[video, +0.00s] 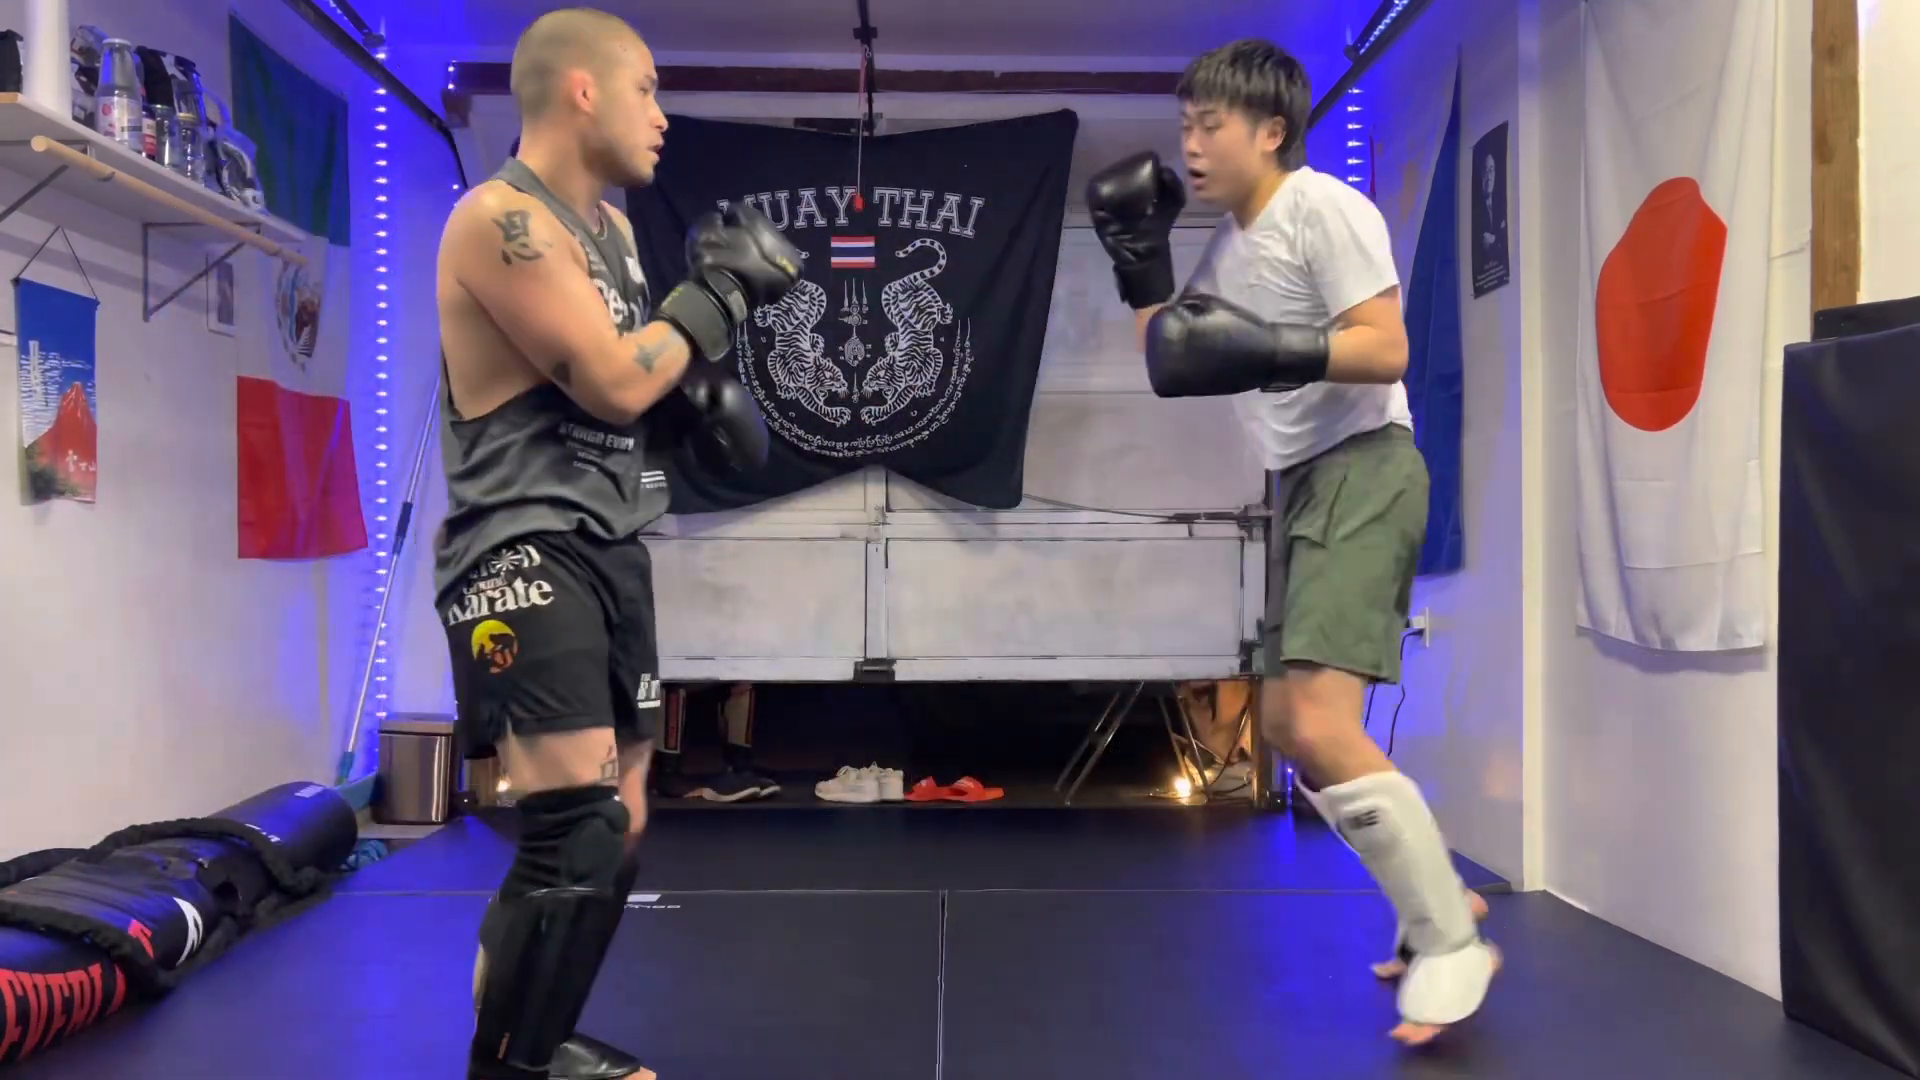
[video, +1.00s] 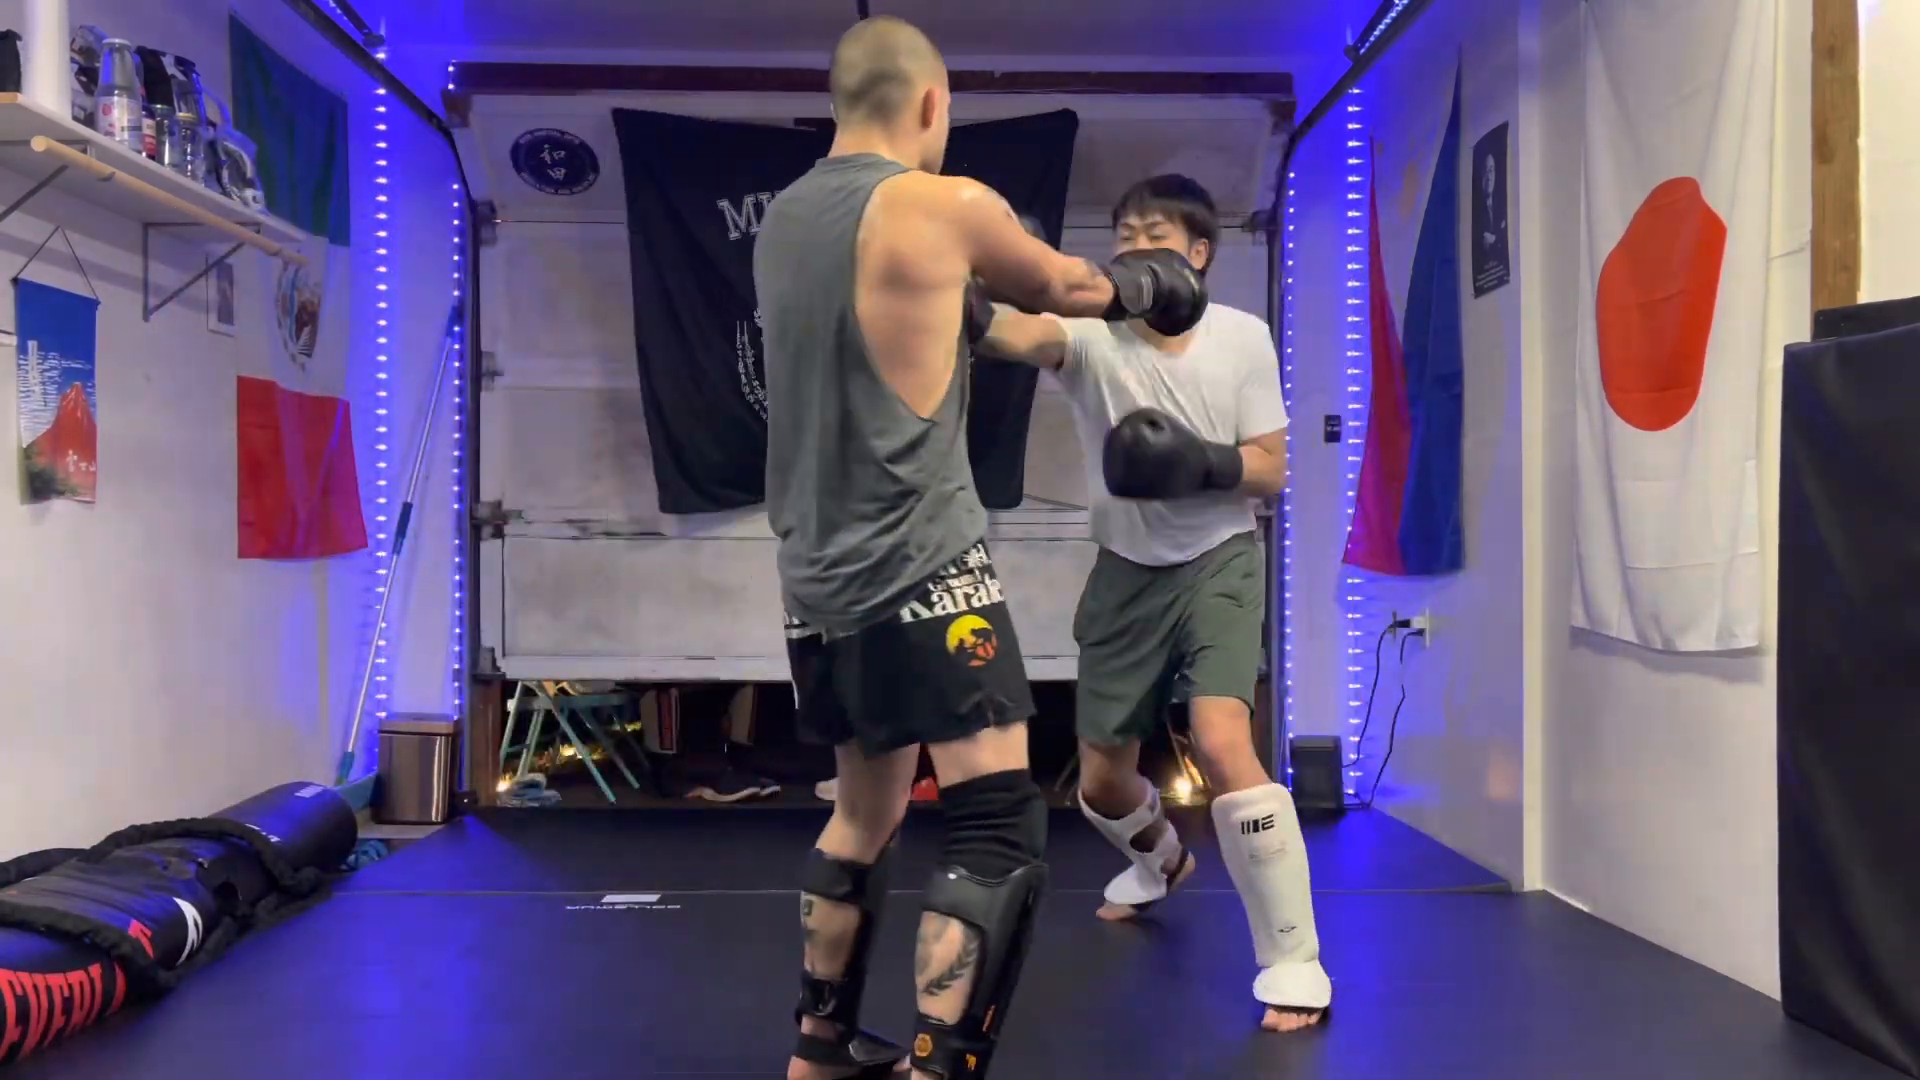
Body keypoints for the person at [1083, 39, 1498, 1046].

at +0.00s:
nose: (1189, 142)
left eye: (1209, 123)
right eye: (1186, 123)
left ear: (1270, 133)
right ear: (1200, 137)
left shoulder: (1326, 209)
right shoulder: (1226, 254)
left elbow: (1387, 347)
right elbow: (1174, 357)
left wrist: (1259, 352)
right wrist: (1143, 260)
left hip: (1364, 469)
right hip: (1299, 484)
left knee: (1319, 718)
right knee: (1284, 724)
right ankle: (1436, 896)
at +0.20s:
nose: (1229, 213)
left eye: (1248, 193)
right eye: (1225, 196)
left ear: (1305, 203)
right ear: (1234, 210)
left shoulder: (1360, 274)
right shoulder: (1265, 326)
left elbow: (1415, 414)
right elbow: (1233, 446)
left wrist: (1291, 396)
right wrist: (1196, 344)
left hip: (1397, 545)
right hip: (1312, 559)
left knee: (1463, 771)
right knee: (1215, 729)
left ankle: (1586, 965)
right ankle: (1225, 913)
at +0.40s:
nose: (1192, 177)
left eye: (1211, 159)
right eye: (1187, 161)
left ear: (1265, 165)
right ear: (1187, 173)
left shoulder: (1321, 237)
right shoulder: (1206, 266)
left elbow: (1368, 372)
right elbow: (1157, 377)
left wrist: (1274, 333)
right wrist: (1138, 280)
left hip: (1325, 499)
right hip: (1236, 504)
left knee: (1379, 716)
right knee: (1165, 687)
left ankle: (1505, 912)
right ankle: (1191, 858)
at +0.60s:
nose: (1148, 249)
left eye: (1167, 233)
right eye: (1143, 233)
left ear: (1217, 241)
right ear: (1141, 241)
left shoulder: (1269, 319)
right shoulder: (1146, 336)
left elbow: (1317, 447)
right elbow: (1094, 434)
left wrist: (1232, 425)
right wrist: (1084, 338)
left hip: (1251, 556)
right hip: (1167, 556)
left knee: (1245, 765)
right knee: (1141, 741)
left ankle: (1346, 904)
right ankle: (1165, 878)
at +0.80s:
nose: (1138, 254)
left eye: (1159, 238)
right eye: (1131, 237)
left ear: (1204, 251)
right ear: (1122, 247)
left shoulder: (1245, 334)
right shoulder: (1115, 333)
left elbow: (1276, 468)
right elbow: (1084, 464)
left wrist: (1209, 421)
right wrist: (1073, 431)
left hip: (1220, 558)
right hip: (1138, 559)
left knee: (1193, 744)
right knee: (1117, 747)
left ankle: (1323, 925)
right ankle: (1170, 881)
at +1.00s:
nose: (1137, 255)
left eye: (1156, 241)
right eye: (1125, 241)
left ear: (1199, 252)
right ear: (1110, 252)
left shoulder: (1241, 339)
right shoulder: (1086, 331)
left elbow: (1271, 469)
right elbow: (1010, 332)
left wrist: (1197, 462)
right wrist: (951, 292)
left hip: (1222, 558)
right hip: (1126, 568)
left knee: (1220, 738)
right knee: (1101, 779)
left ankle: (1291, 961)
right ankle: (1162, 859)